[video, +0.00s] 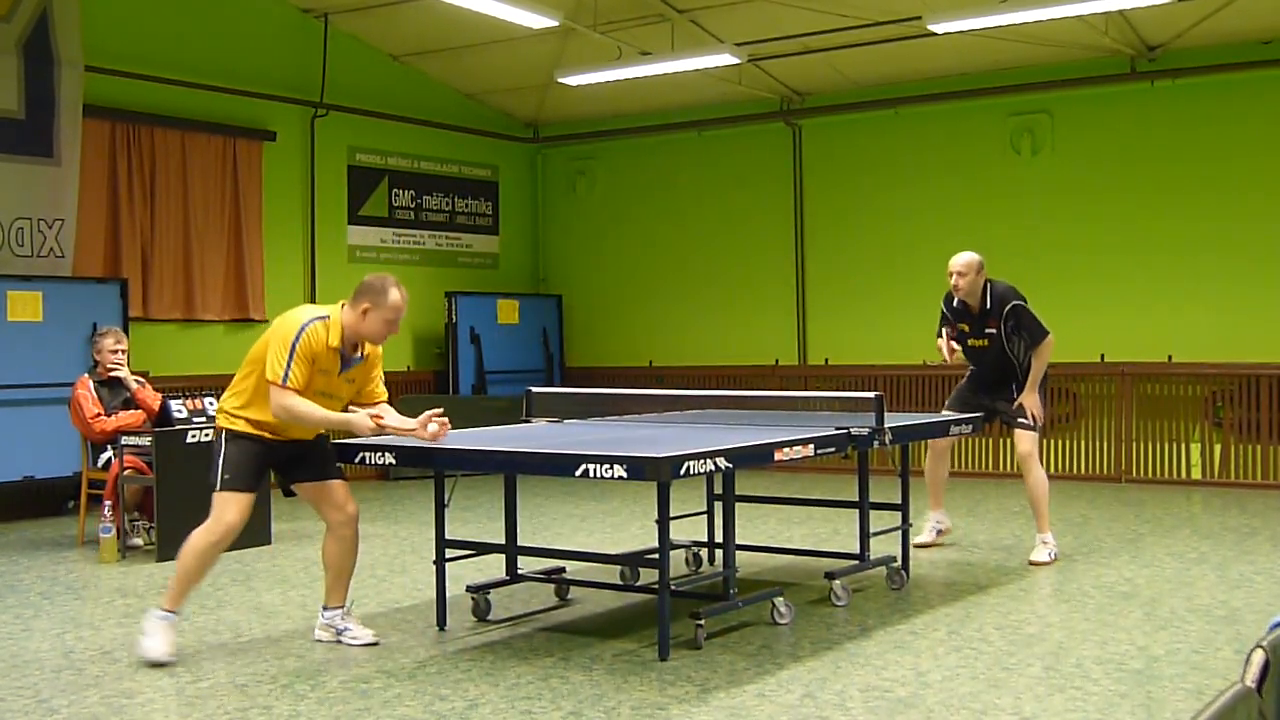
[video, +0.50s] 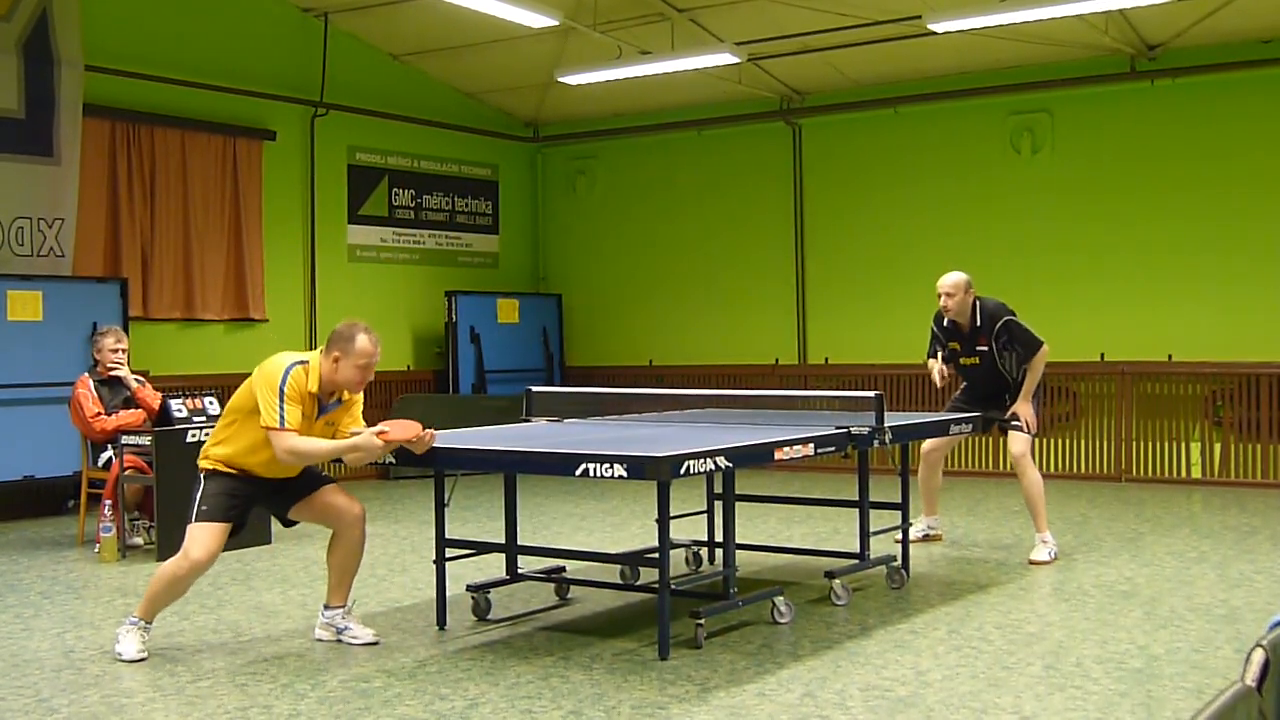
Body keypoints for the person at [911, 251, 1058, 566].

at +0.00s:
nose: (954, 281)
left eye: (961, 275)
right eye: (951, 275)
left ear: (981, 276)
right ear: (949, 277)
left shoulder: (1006, 299)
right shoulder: (951, 302)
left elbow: (1045, 342)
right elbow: (945, 334)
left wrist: (1031, 391)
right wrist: (947, 348)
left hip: (1019, 380)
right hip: (979, 378)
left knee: (1026, 452)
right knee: (938, 438)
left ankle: (1045, 539)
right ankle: (937, 518)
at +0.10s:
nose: (954, 285)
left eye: (961, 279)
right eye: (951, 279)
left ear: (981, 280)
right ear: (949, 281)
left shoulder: (1007, 303)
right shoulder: (952, 306)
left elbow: (1046, 346)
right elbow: (948, 335)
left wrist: (1032, 395)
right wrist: (947, 348)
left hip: (1021, 383)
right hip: (981, 380)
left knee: (1026, 453)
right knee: (938, 442)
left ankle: (1045, 539)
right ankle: (931, 517)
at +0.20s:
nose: (954, 292)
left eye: (961, 286)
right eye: (951, 286)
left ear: (980, 288)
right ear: (948, 288)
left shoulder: (1006, 309)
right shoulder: (950, 312)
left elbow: (1045, 351)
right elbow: (943, 346)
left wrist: (1029, 399)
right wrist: (946, 357)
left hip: (1020, 390)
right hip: (979, 388)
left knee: (1023, 455)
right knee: (940, 449)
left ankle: (1044, 540)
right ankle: (931, 525)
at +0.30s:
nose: (950, 297)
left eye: (957, 291)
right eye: (947, 291)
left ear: (977, 292)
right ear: (945, 292)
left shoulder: (1003, 313)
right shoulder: (946, 316)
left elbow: (1044, 351)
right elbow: (940, 345)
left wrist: (1028, 400)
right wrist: (943, 365)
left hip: (1017, 393)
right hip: (976, 391)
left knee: (1021, 455)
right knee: (935, 450)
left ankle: (1044, 540)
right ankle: (930, 525)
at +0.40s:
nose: (945, 301)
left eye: (951, 295)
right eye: (942, 296)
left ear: (972, 295)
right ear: (940, 296)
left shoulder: (999, 315)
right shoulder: (943, 319)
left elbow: (1041, 352)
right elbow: (935, 355)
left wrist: (1026, 399)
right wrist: (939, 367)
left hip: (1016, 391)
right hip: (975, 390)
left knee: (1019, 454)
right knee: (931, 451)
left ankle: (1044, 539)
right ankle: (929, 524)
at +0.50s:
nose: (943, 302)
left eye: (950, 296)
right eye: (940, 296)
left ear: (969, 296)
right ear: (938, 297)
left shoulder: (996, 315)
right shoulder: (941, 319)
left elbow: (1040, 352)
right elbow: (934, 355)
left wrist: (1025, 400)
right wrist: (937, 368)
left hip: (1015, 391)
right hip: (974, 390)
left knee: (1019, 453)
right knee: (930, 450)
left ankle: (1044, 539)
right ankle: (929, 524)